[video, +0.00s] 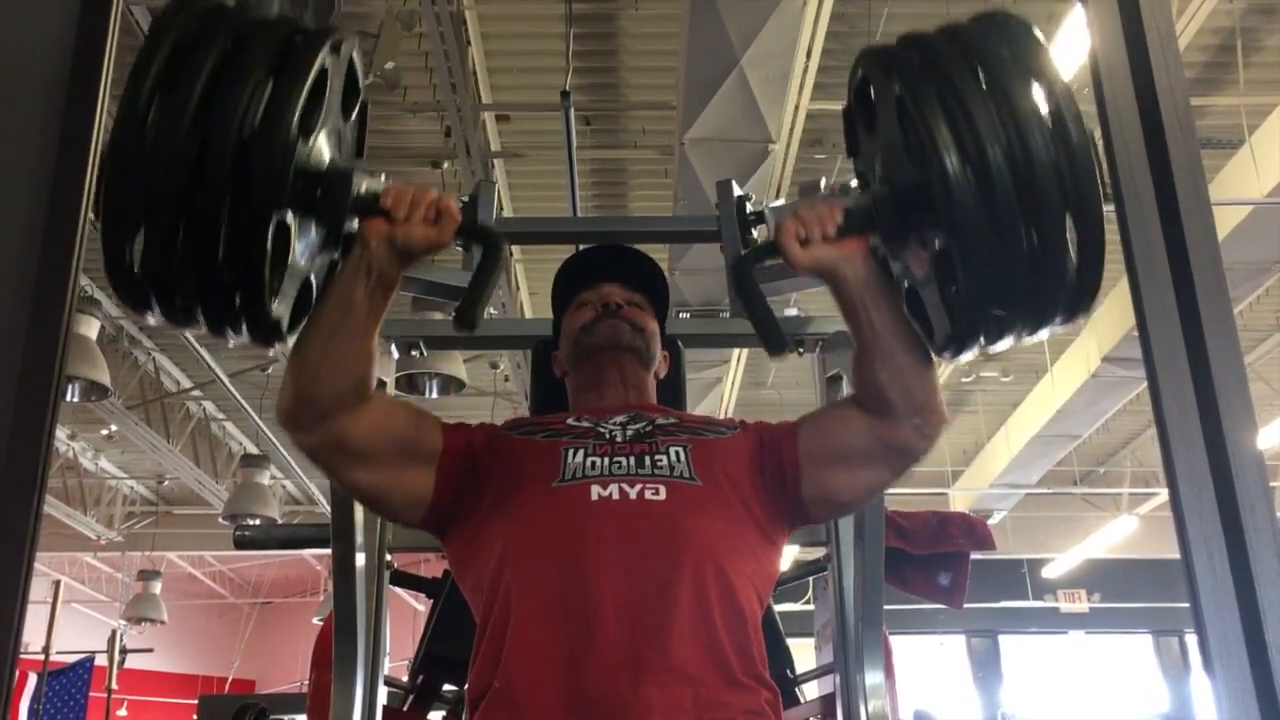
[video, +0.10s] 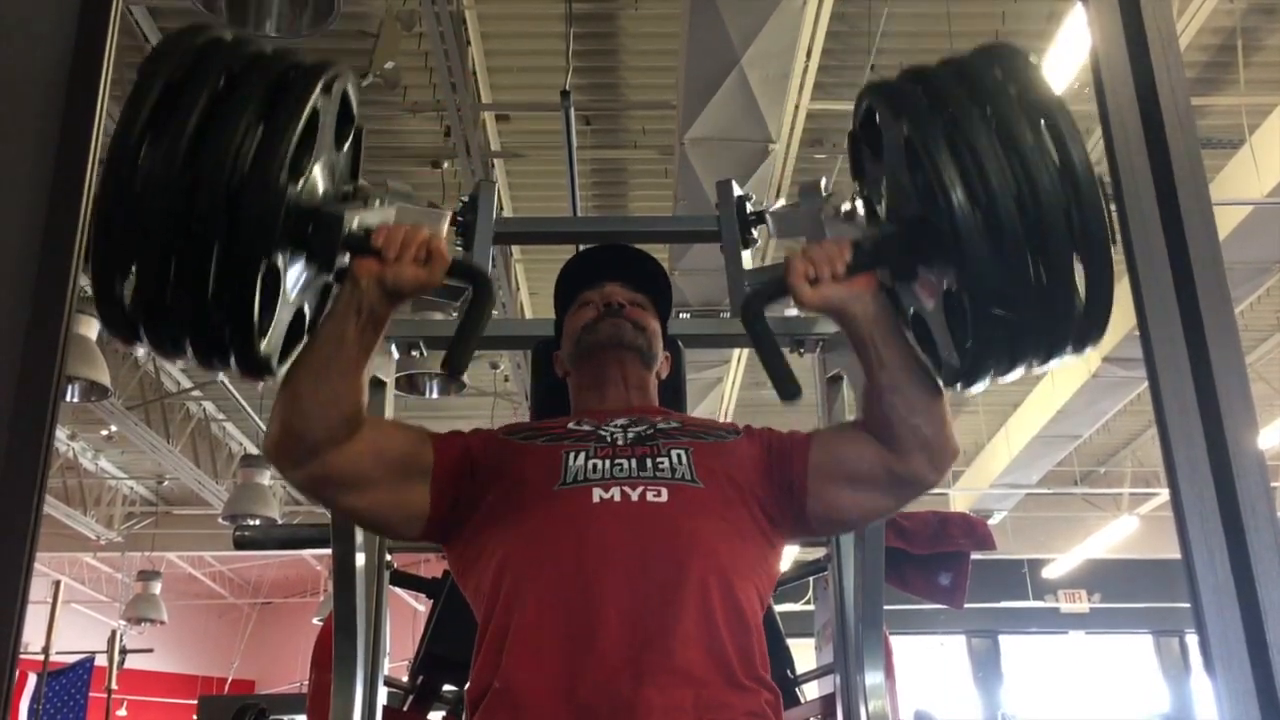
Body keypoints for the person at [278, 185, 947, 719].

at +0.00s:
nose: (611, 306)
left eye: (636, 306)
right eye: (585, 306)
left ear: (666, 357)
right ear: (555, 358)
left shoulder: (749, 455)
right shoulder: (486, 462)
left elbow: (906, 420)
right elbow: (319, 411)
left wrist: (853, 269)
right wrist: (376, 259)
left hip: (725, 707)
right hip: (526, 707)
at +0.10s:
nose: (614, 305)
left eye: (638, 306)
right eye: (588, 305)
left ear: (666, 362)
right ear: (556, 359)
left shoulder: (744, 457)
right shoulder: (488, 463)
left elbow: (918, 455)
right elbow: (309, 445)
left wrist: (862, 308)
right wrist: (367, 297)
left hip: (721, 703)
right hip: (527, 704)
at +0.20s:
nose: (615, 305)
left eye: (639, 305)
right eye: (588, 305)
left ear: (668, 361)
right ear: (555, 360)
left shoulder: (741, 459)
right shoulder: (491, 465)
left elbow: (920, 484)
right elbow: (301, 483)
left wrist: (870, 341)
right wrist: (358, 334)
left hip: (726, 706)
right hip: (528, 707)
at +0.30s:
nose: (613, 306)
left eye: (637, 307)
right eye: (587, 306)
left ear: (666, 361)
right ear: (555, 361)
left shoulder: (744, 459)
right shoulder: (490, 466)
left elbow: (926, 510)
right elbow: (294, 506)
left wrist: (879, 373)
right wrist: (348, 368)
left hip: (726, 703)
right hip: (529, 704)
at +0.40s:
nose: (613, 305)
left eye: (636, 305)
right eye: (587, 306)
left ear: (667, 362)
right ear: (554, 362)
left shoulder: (742, 460)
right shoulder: (489, 468)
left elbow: (926, 526)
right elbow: (296, 532)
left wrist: (879, 393)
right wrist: (345, 385)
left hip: (726, 704)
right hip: (530, 704)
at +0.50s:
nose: (616, 301)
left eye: (639, 302)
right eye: (589, 301)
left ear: (669, 359)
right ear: (555, 360)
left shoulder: (748, 462)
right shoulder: (486, 468)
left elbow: (922, 544)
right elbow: (299, 548)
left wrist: (882, 404)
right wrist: (342, 403)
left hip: (725, 707)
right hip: (528, 708)